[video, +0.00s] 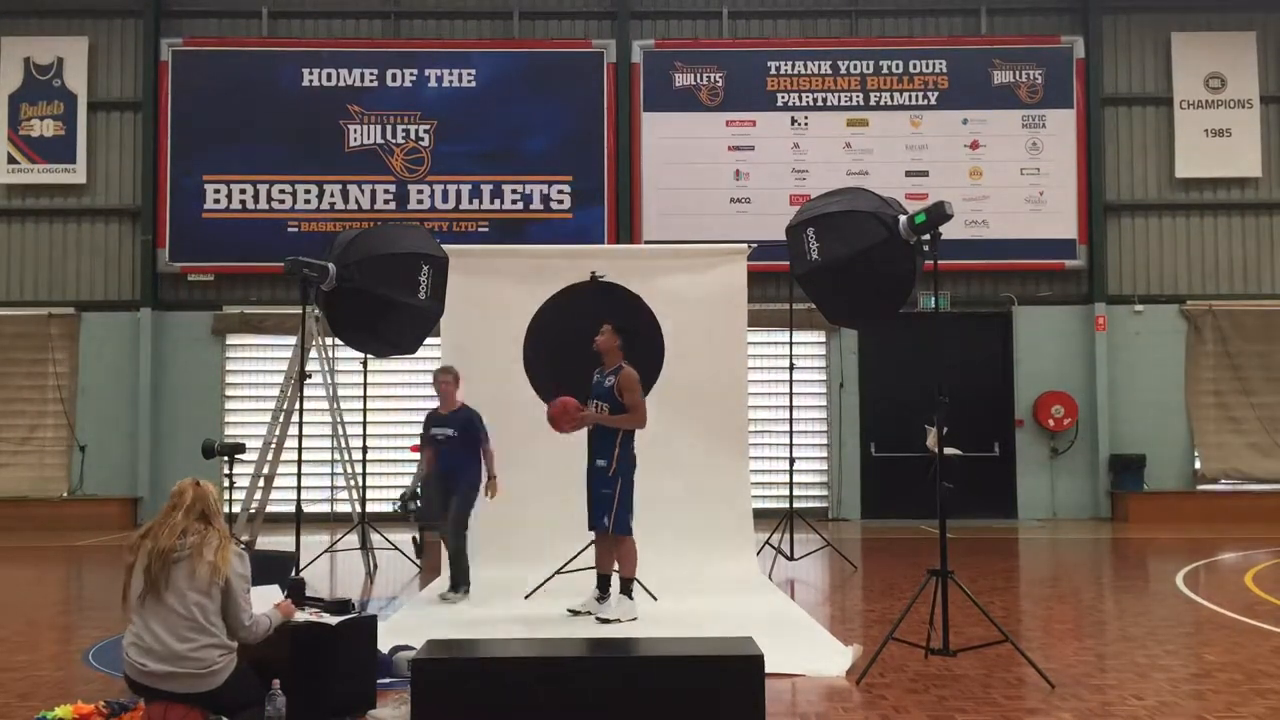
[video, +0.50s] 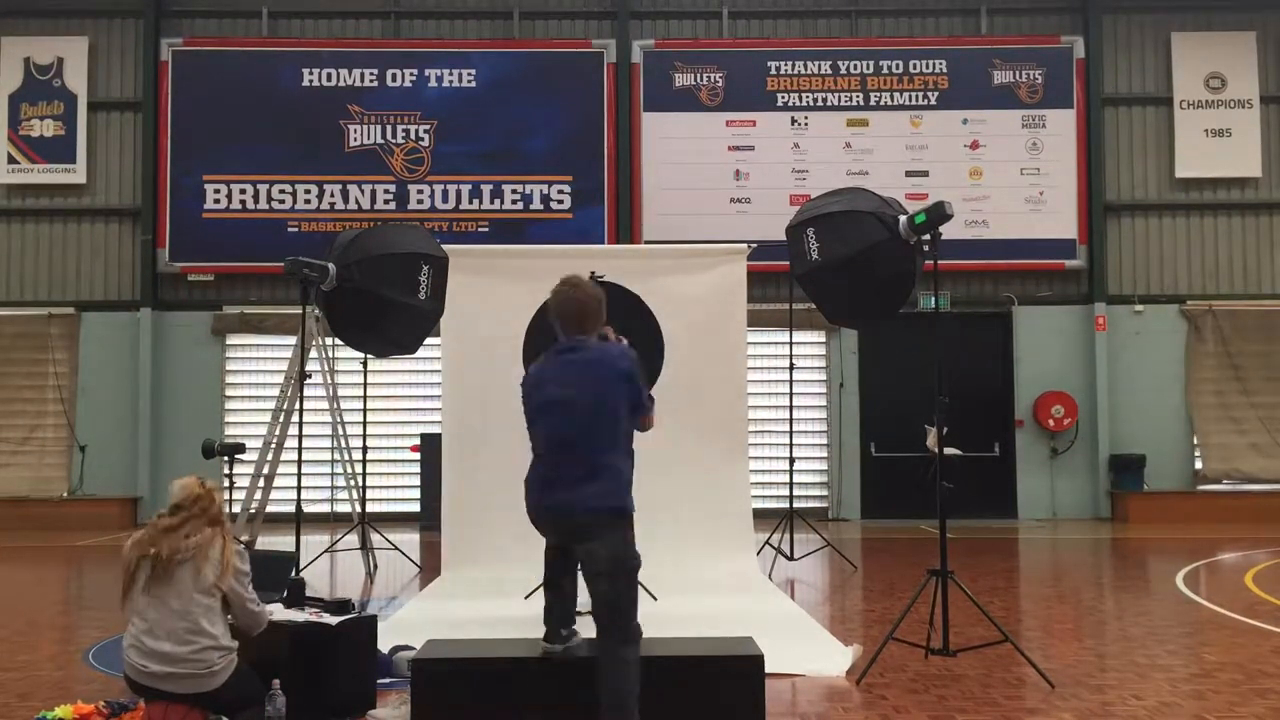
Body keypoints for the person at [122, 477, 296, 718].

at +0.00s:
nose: (222, 513)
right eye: (219, 507)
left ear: (172, 508)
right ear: (214, 511)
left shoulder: (147, 545)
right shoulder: (229, 554)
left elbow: (135, 609)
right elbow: (246, 631)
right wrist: (279, 614)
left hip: (141, 677)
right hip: (205, 682)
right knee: (253, 703)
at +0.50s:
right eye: (217, 504)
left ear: (173, 508)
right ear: (215, 509)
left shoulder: (142, 542)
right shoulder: (226, 549)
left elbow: (132, 605)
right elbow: (254, 621)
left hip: (140, 678)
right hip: (205, 681)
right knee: (254, 702)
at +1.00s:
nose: (224, 513)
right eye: (222, 507)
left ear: (175, 504)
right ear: (216, 510)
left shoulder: (142, 540)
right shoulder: (223, 548)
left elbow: (133, 603)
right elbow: (251, 618)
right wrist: (263, 612)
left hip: (139, 678)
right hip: (203, 681)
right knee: (254, 700)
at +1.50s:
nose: (223, 517)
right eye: (221, 511)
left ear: (173, 508)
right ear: (214, 512)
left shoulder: (142, 540)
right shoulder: (224, 546)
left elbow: (132, 604)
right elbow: (253, 618)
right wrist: (261, 613)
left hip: (140, 679)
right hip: (204, 681)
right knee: (255, 702)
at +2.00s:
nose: (222, 513)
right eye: (219, 506)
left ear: (171, 505)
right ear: (212, 508)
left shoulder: (144, 542)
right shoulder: (222, 547)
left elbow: (134, 606)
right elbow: (252, 616)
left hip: (141, 678)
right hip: (205, 680)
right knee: (255, 703)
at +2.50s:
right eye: (219, 506)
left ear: (170, 504)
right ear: (213, 509)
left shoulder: (142, 540)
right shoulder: (225, 545)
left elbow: (131, 609)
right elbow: (252, 616)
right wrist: (264, 602)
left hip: (142, 679)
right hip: (207, 681)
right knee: (255, 702)